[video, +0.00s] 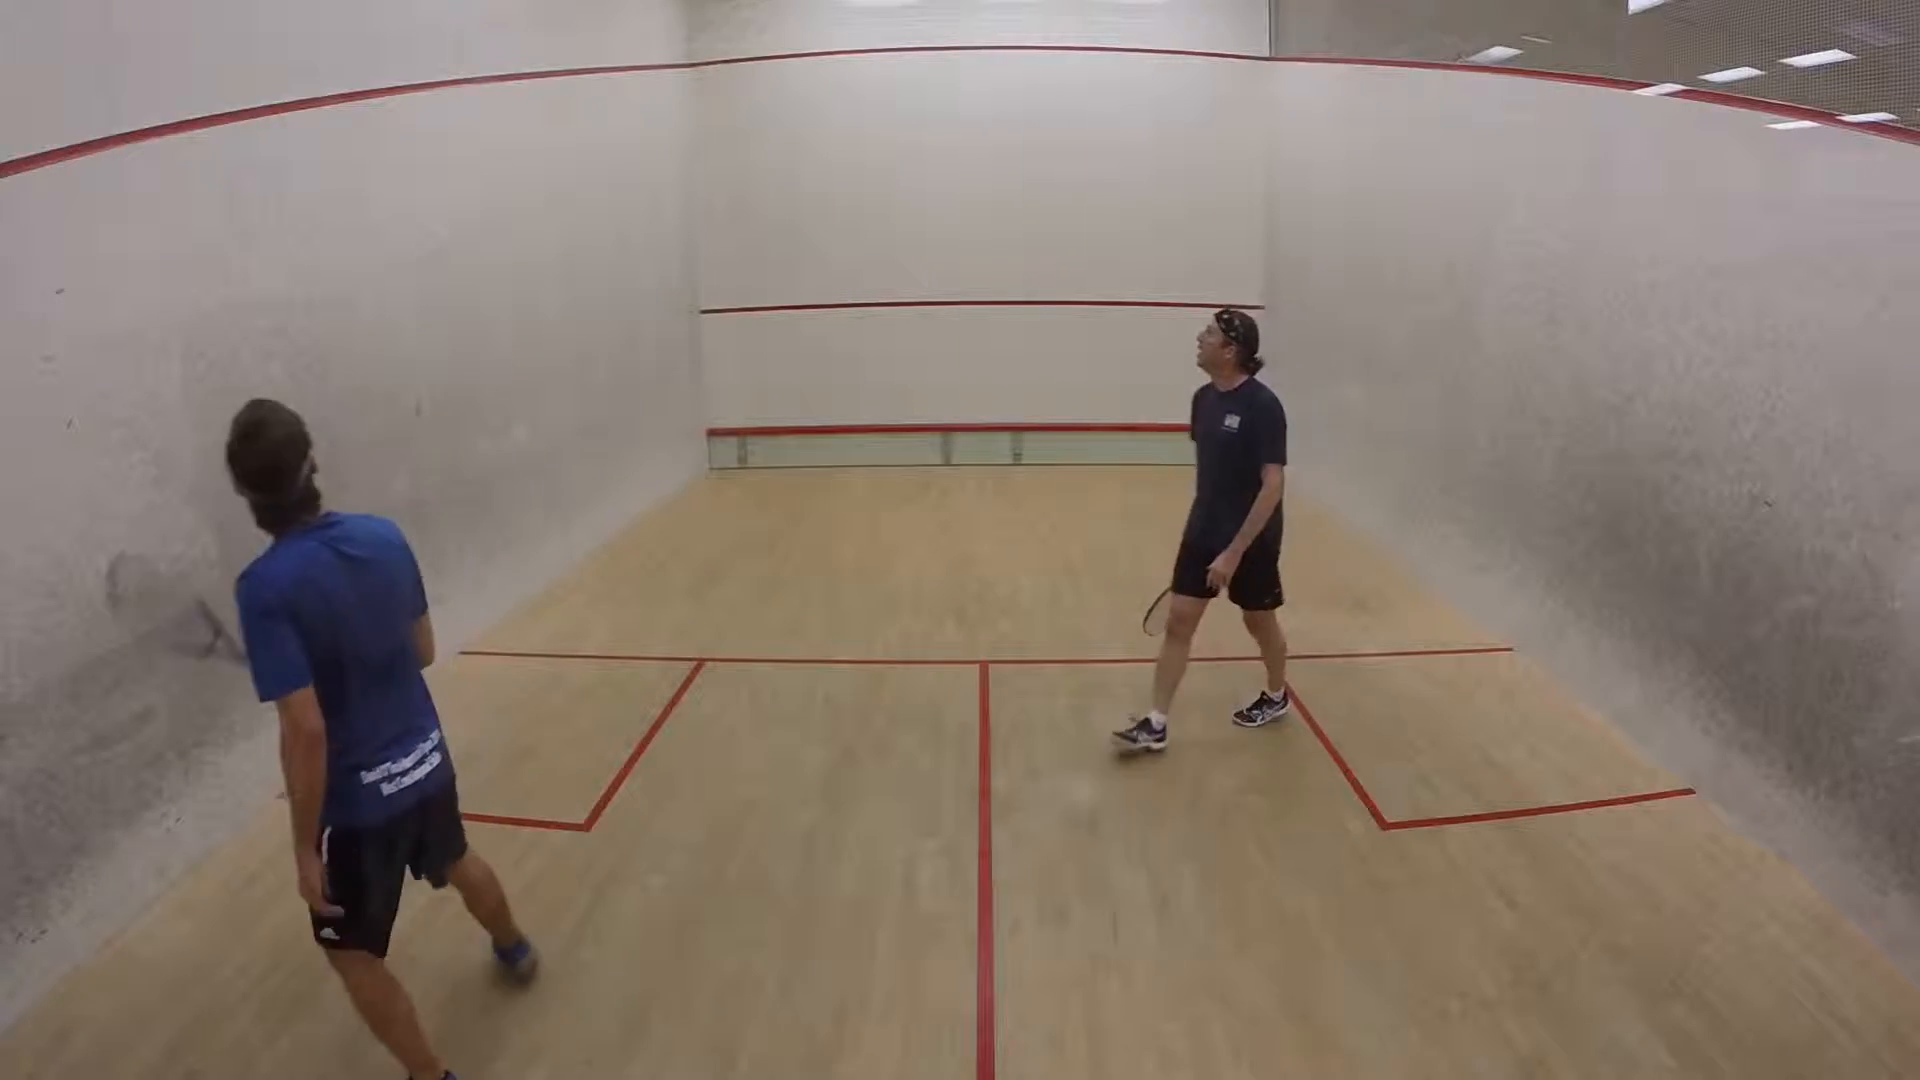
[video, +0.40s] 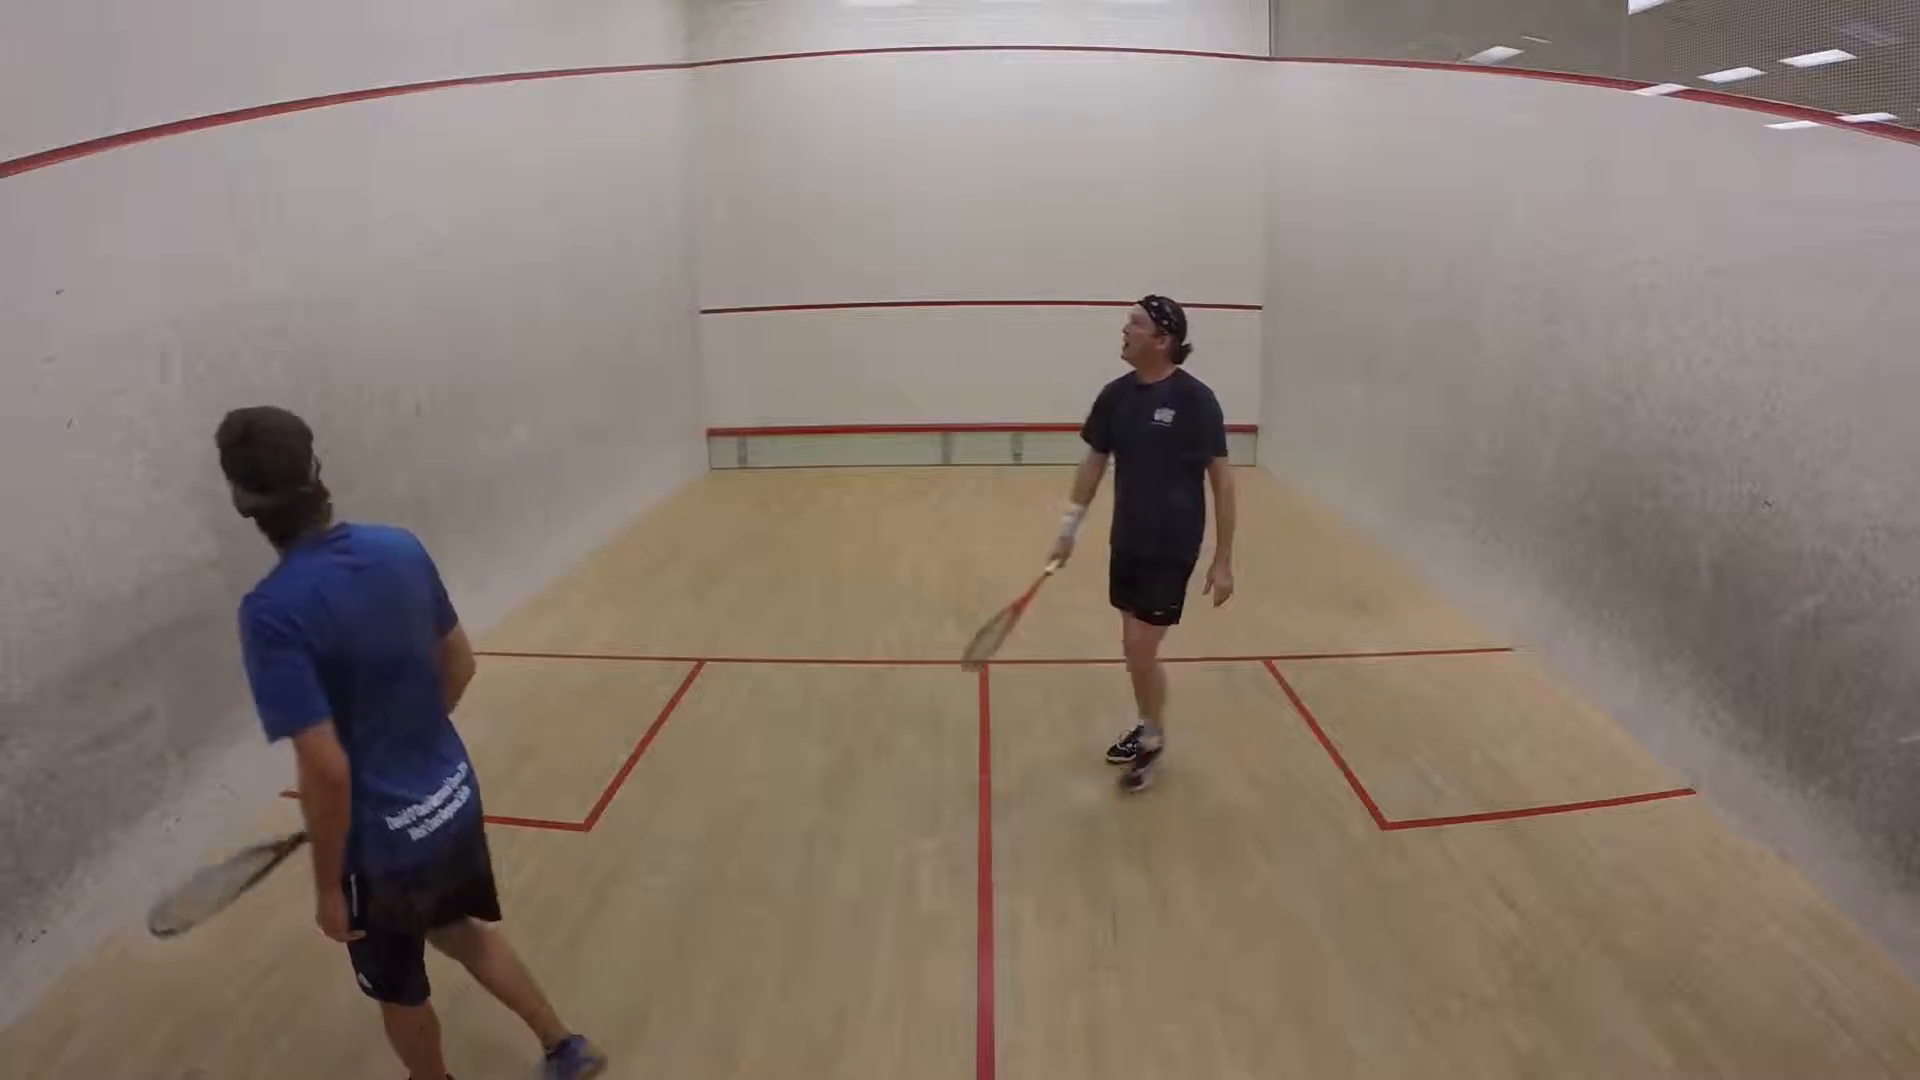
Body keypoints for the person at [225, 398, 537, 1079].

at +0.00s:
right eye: (303, 450)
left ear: (240, 485)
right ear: (312, 463)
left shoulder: (266, 587)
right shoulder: (380, 537)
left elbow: (306, 728)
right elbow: (422, 649)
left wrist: (307, 849)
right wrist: (343, 650)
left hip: (361, 807)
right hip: (429, 768)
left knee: (348, 947)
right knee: (456, 860)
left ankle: (429, 1072)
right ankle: (515, 949)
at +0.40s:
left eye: (233, 482)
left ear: (244, 505)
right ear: (319, 470)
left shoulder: (273, 611)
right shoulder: (398, 549)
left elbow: (329, 772)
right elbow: (457, 664)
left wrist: (330, 887)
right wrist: (405, 731)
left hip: (383, 845)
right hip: (455, 801)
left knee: (401, 989)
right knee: (459, 926)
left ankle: (432, 1075)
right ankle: (562, 1044)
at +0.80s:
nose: (318, 538)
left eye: (324, 516)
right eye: (313, 518)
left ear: (384, 504)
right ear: (385, 505)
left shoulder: (466, 595)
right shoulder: (424, 568)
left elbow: (584, 726)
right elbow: (394, 673)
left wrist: (628, 878)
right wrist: (295, 751)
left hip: (532, 863)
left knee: (515, 1043)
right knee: (581, 1005)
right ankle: (604, 1077)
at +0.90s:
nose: (360, 541)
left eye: (373, 518)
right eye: (358, 519)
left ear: (442, 501)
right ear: (436, 506)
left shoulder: (525, 604)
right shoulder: (424, 578)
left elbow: (637, 739)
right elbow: (369, 688)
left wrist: (693, 888)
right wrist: (267, 776)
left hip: (581, 877)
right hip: (527, 862)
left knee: (574, 1062)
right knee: (592, 1030)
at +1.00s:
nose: (425, 557)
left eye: (445, 536)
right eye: (419, 534)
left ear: (513, 516)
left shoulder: (590, 610)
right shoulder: (434, 596)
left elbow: (686, 750)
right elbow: (374, 728)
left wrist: (731, 903)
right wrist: (290, 842)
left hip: (620, 889)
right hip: (536, 885)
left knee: (641, 1065)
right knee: (594, 1037)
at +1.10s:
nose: (501, 582)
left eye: (523, 561)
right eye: (486, 556)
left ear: (580, 537)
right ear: (471, 538)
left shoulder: (661, 618)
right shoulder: (461, 627)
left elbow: (741, 738)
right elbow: (405, 765)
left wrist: (758, 901)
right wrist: (350, 906)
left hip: (670, 908)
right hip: (561, 906)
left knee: (693, 1070)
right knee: (572, 1045)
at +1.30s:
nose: (697, 591)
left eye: (716, 566)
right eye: (673, 567)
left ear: (736, 543)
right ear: (618, 533)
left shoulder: (762, 604)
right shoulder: (535, 664)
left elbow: (800, 716)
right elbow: (479, 814)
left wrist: (842, 842)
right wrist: (497, 986)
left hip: (756, 936)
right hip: (639, 960)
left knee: (761, 1066)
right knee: (655, 1065)